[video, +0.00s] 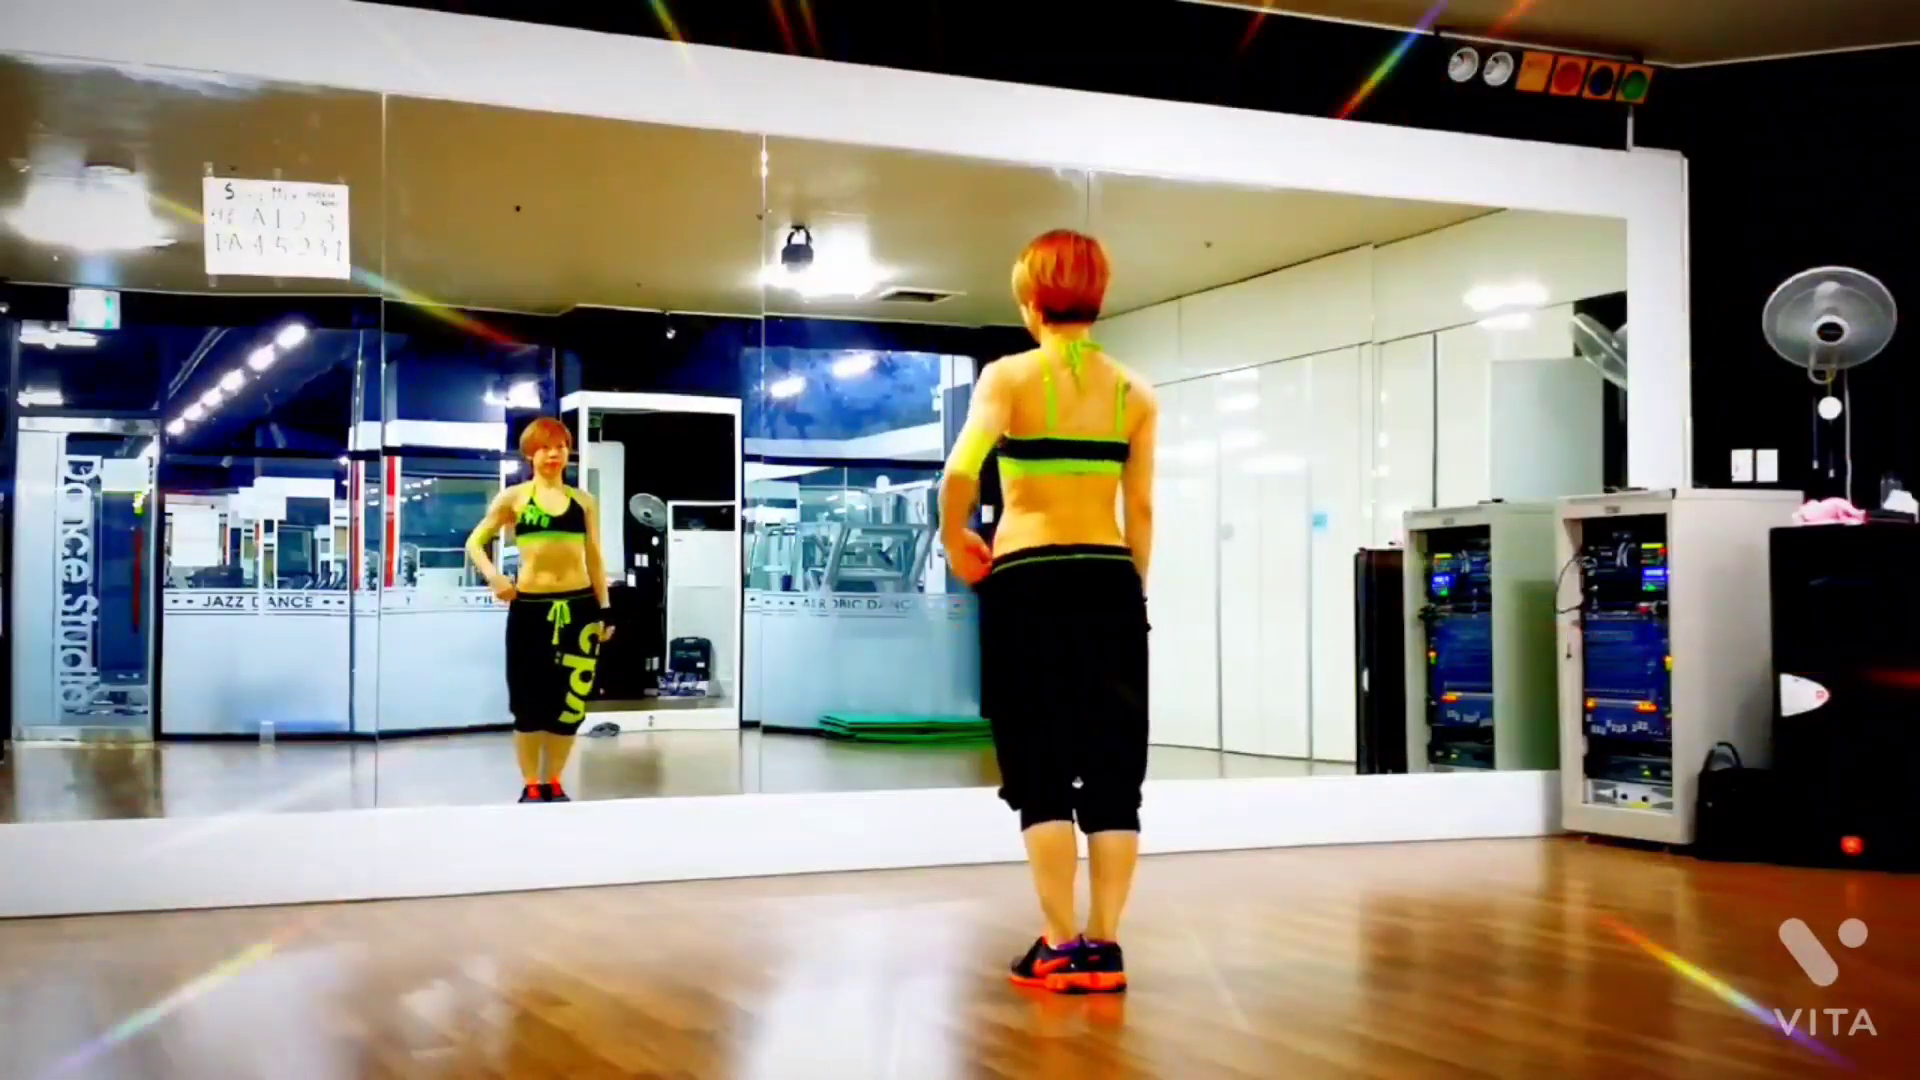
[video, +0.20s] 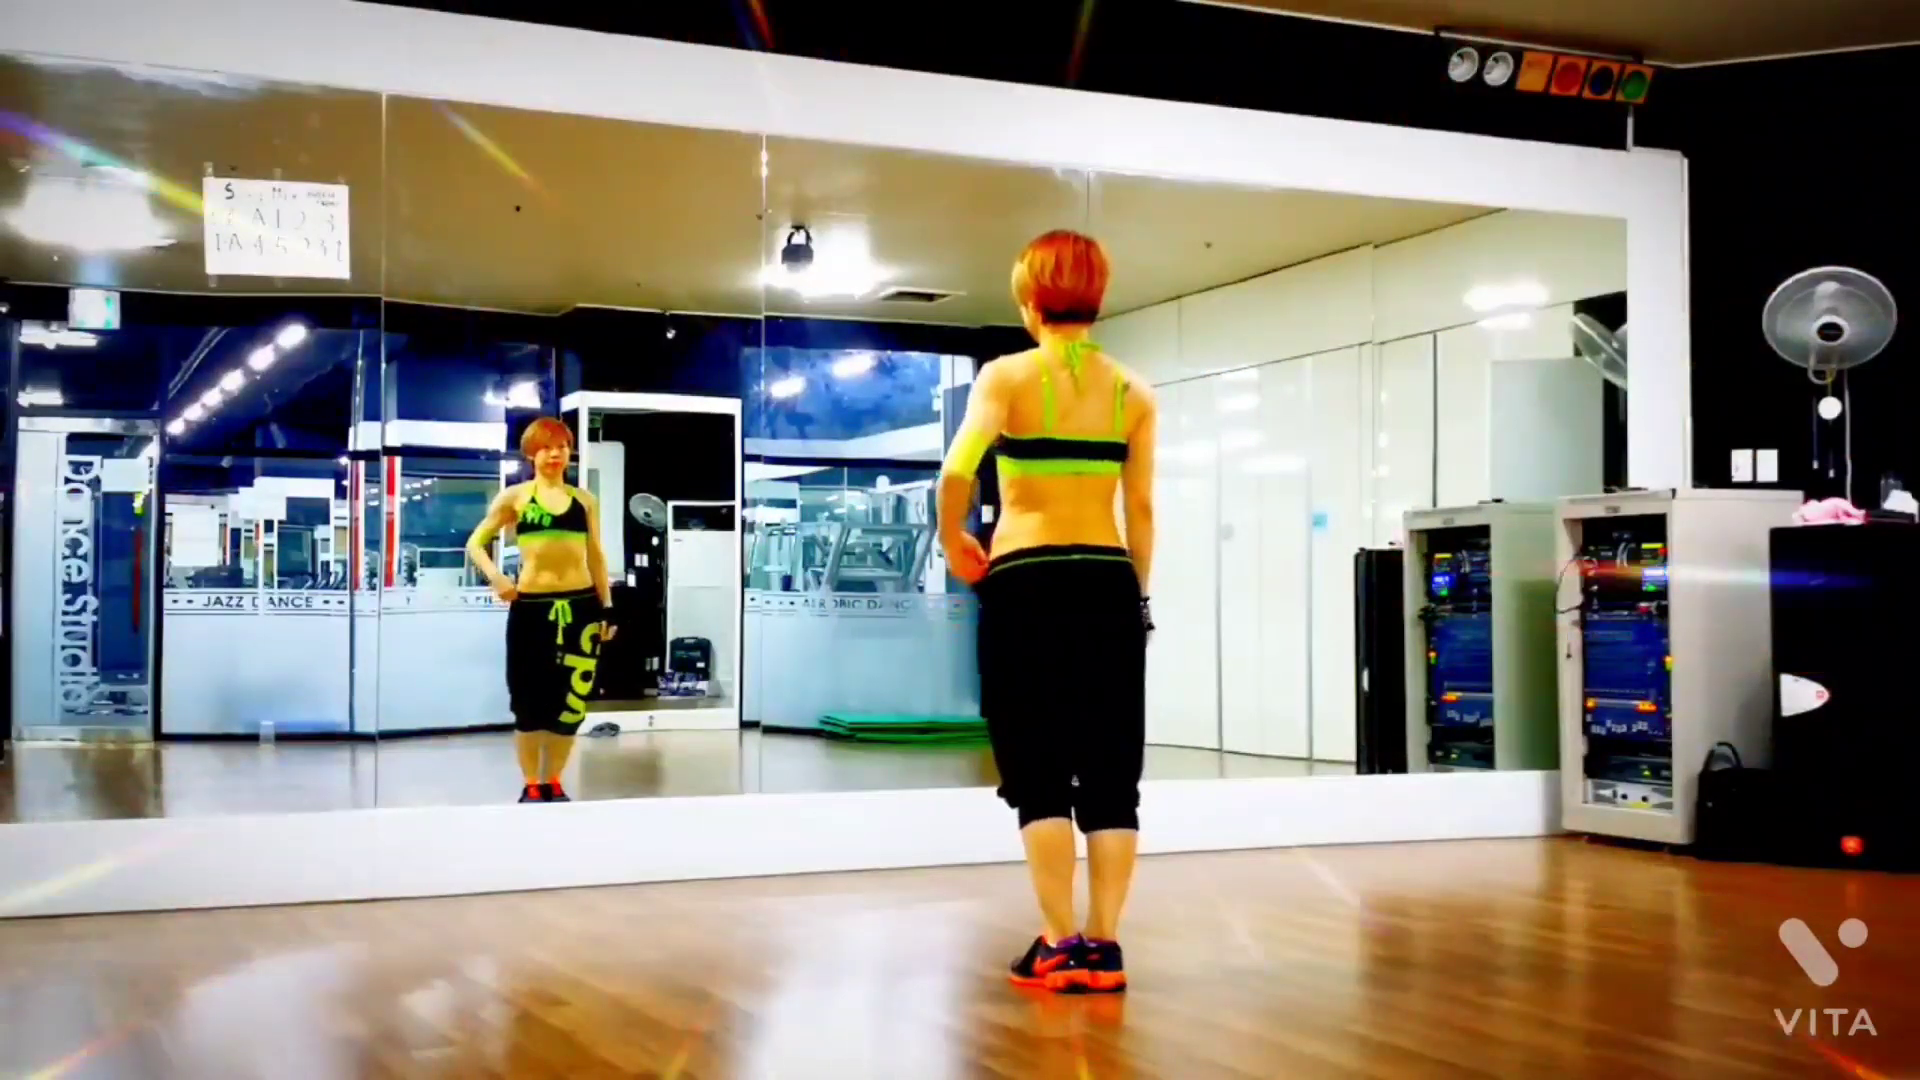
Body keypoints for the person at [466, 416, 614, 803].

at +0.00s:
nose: (552, 455)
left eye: (558, 448)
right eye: (544, 448)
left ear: (568, 454)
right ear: (530, 455)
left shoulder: (584, 501)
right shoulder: (514, 497)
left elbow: (595, 559)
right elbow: (475, 543)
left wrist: (604, 609)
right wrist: (496, 579)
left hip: (579, 606)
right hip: (531, 607)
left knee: (571, 701)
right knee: (530, 702)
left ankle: (552, 782)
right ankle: (532, 784)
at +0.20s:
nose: (554, 455)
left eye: (560, 448)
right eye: (545, 448)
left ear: (569, 454)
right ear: (532, 455)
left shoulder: (585, 500)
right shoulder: (515, 497)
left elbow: (596, 556)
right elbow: (475, 543)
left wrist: (607, 607)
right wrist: (497, 579)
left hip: (580, 605)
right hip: (532, 606)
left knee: (572, 700)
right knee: (530, 701)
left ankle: (553, 782)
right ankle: (532, 784)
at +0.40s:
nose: (556, 455)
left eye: (563, 448)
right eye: (548, 448)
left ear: (572, 454)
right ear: (534, 455)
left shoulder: (586, 500)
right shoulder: (518, 496)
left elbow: (597, 556)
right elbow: (474, 541)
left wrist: (609, 606)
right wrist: (496, 576)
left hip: (582, 604)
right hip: (533, 604)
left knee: (572, 702)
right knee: (532, 701)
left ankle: (553, 781)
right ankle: (532, 784)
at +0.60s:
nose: (559, 455)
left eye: (565, 448)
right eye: (550, 449)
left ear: (573, 454)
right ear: (536, 455)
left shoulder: (588, 503)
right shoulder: (517, 498)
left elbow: (598, 558)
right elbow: (482, 548)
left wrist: (609, 610)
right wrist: (495, 590)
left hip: (582, 607)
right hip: (533, 608)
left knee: (573, 703)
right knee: (532, 703)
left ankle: (553, 783)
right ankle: (532, 785)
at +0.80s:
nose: (560, 455)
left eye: (566, 448)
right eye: (551, 448)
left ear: (573, 453)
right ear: (536, 455)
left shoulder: (589, 502)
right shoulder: (517, 501)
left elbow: (599, 560)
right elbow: (509, 561)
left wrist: (604, 613)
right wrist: (505, 616)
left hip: (581, 607)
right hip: (533, 608)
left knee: (573, 700)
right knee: (531, 702)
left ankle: (553, 782)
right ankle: (531, 784)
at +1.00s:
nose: (560, 462)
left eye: (566, 455)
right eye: (551, 455)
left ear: (573, 457)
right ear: (535, 459)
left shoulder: (587, 501)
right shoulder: (519, 500)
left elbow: (607, 548)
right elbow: (523, 556)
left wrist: (595, 582)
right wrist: (535, 606)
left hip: (580, 606)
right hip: (537, 604)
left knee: (571, 699)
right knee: (533, 699)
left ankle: (552, 783)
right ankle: (531, 785)